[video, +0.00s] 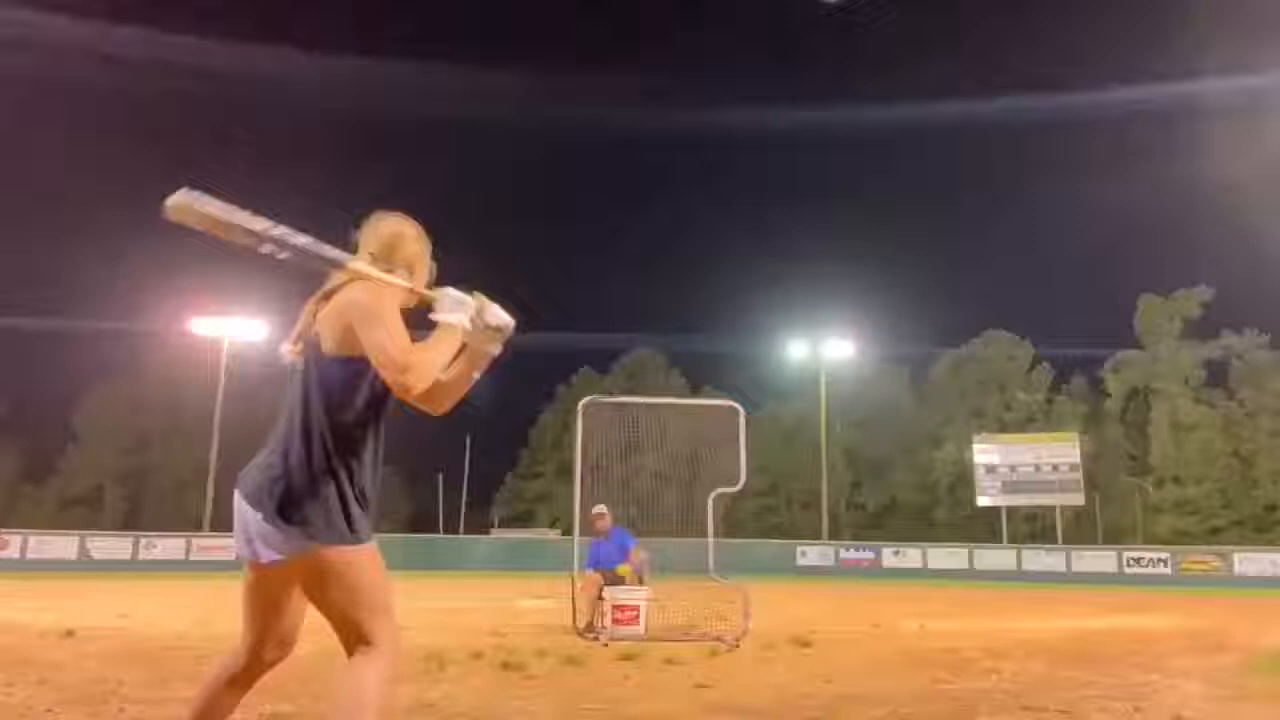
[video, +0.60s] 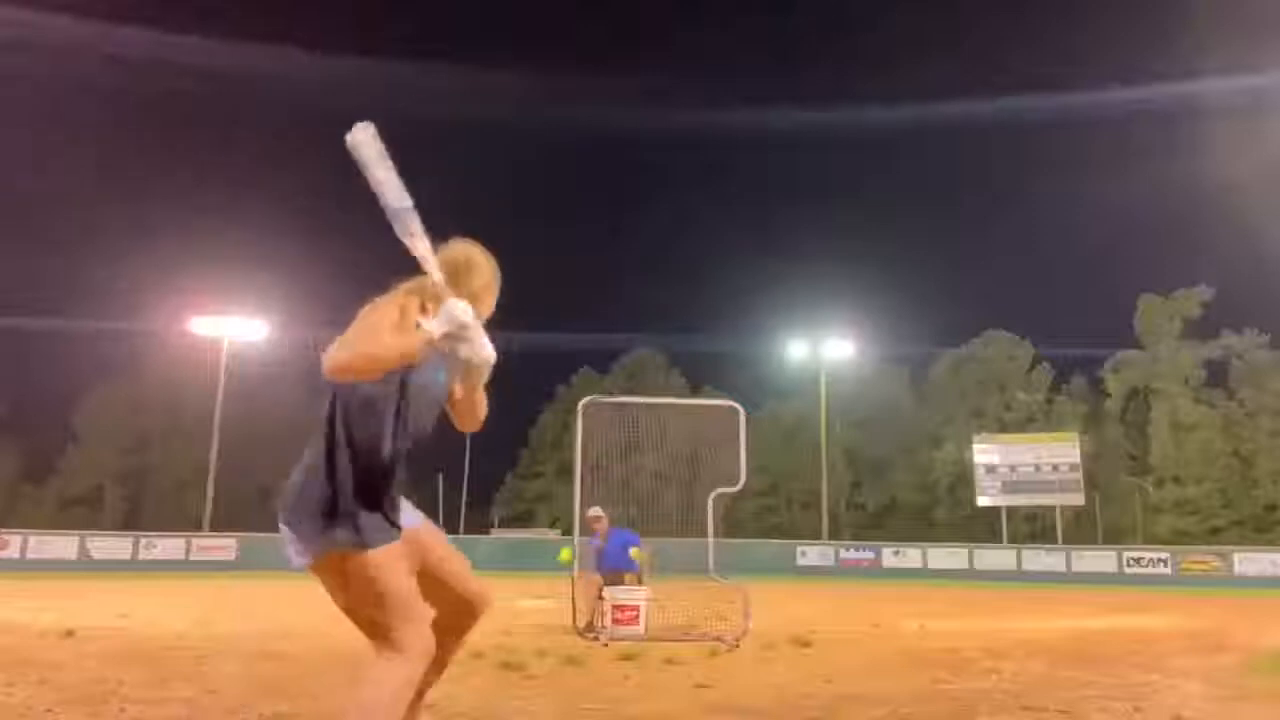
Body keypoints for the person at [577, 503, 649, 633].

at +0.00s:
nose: (601, 523)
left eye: (604, 518)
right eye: (597, 519)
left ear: (610, 519)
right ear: (593, 523)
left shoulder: (620, 534)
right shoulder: (595, 543)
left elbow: (634, 549)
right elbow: (589, 566)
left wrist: (630, 566)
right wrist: (590, 576)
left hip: (621, 572)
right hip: (601, 573)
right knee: (591, 581)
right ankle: (589, 622)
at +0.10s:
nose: (598, 523)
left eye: (601, 518)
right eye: (595, 520)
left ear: (608, 519)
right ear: (591, 524)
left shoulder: (620, 536)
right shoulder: (595, 543)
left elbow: (635, 551)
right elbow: (590, 566)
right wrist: (588, 578)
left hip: (625, 573)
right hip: (604, 574)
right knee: (591, 580)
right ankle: (590, 621)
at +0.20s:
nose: (596, 524)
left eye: (598, 519)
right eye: (592, 521)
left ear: (606, 519)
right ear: (590, 524)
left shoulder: (619, 535)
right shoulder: (595, 544)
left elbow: (638, 550)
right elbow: (590, 567)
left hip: (625, 573)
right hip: (604, 575)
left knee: (593, 580)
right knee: (588, 582)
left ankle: (588, 622)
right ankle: (588, 622)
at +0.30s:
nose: (597, 524)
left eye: (599, 519)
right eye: (593, 521)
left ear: (606, 520)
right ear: (589, 524)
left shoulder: (621, 536)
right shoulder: (592, 546)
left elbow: (643, 548)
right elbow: (589, 571)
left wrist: (643, 575)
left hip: (625, 574)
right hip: (603, 575)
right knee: (591, 580)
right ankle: (589, 621)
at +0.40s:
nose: (597, 525)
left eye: (599, 520)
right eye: (593, 521)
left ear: (606, 520)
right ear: (590, 525)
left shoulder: (621, 536)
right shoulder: (592, 546)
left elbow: (644, 545)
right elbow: (587, 568)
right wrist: (581, 579)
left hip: (625, 574)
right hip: (603, 575)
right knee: (592, 578)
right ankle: (589, 621)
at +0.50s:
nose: (597, 525)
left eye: (599, 520)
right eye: (593, 522)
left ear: (606, 520)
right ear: (590, 525)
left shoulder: (622, 536)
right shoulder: (592, 546)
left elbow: (642, 545)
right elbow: (589, 570)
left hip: (625, 574)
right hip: (604, 575)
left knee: (633, 577)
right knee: (590, 579)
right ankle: (589, 621)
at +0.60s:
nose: (598, 525)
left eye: (600, 520)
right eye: (594, 522)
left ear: (606, 520)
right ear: (590, 525)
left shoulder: (620, 535)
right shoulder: (594, 542)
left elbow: (637, 540)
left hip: (624, 574)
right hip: (606, 576)